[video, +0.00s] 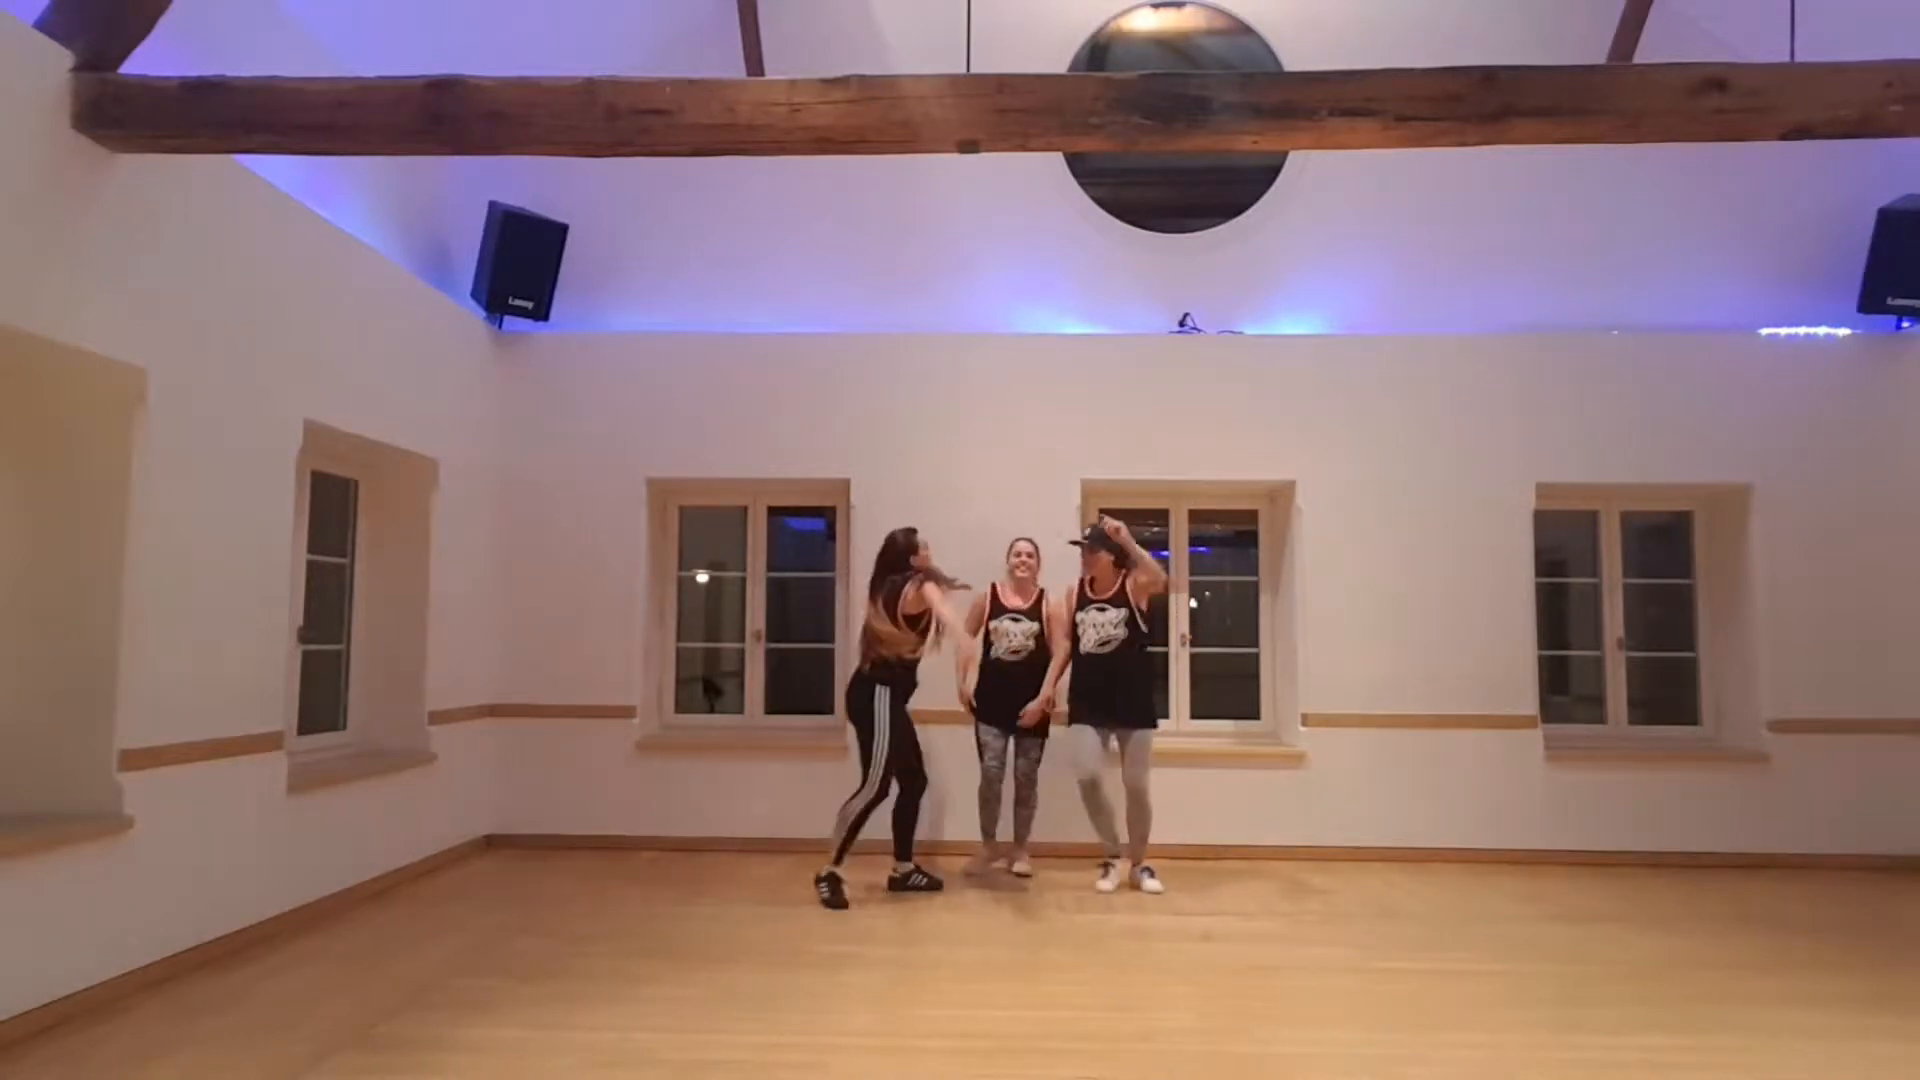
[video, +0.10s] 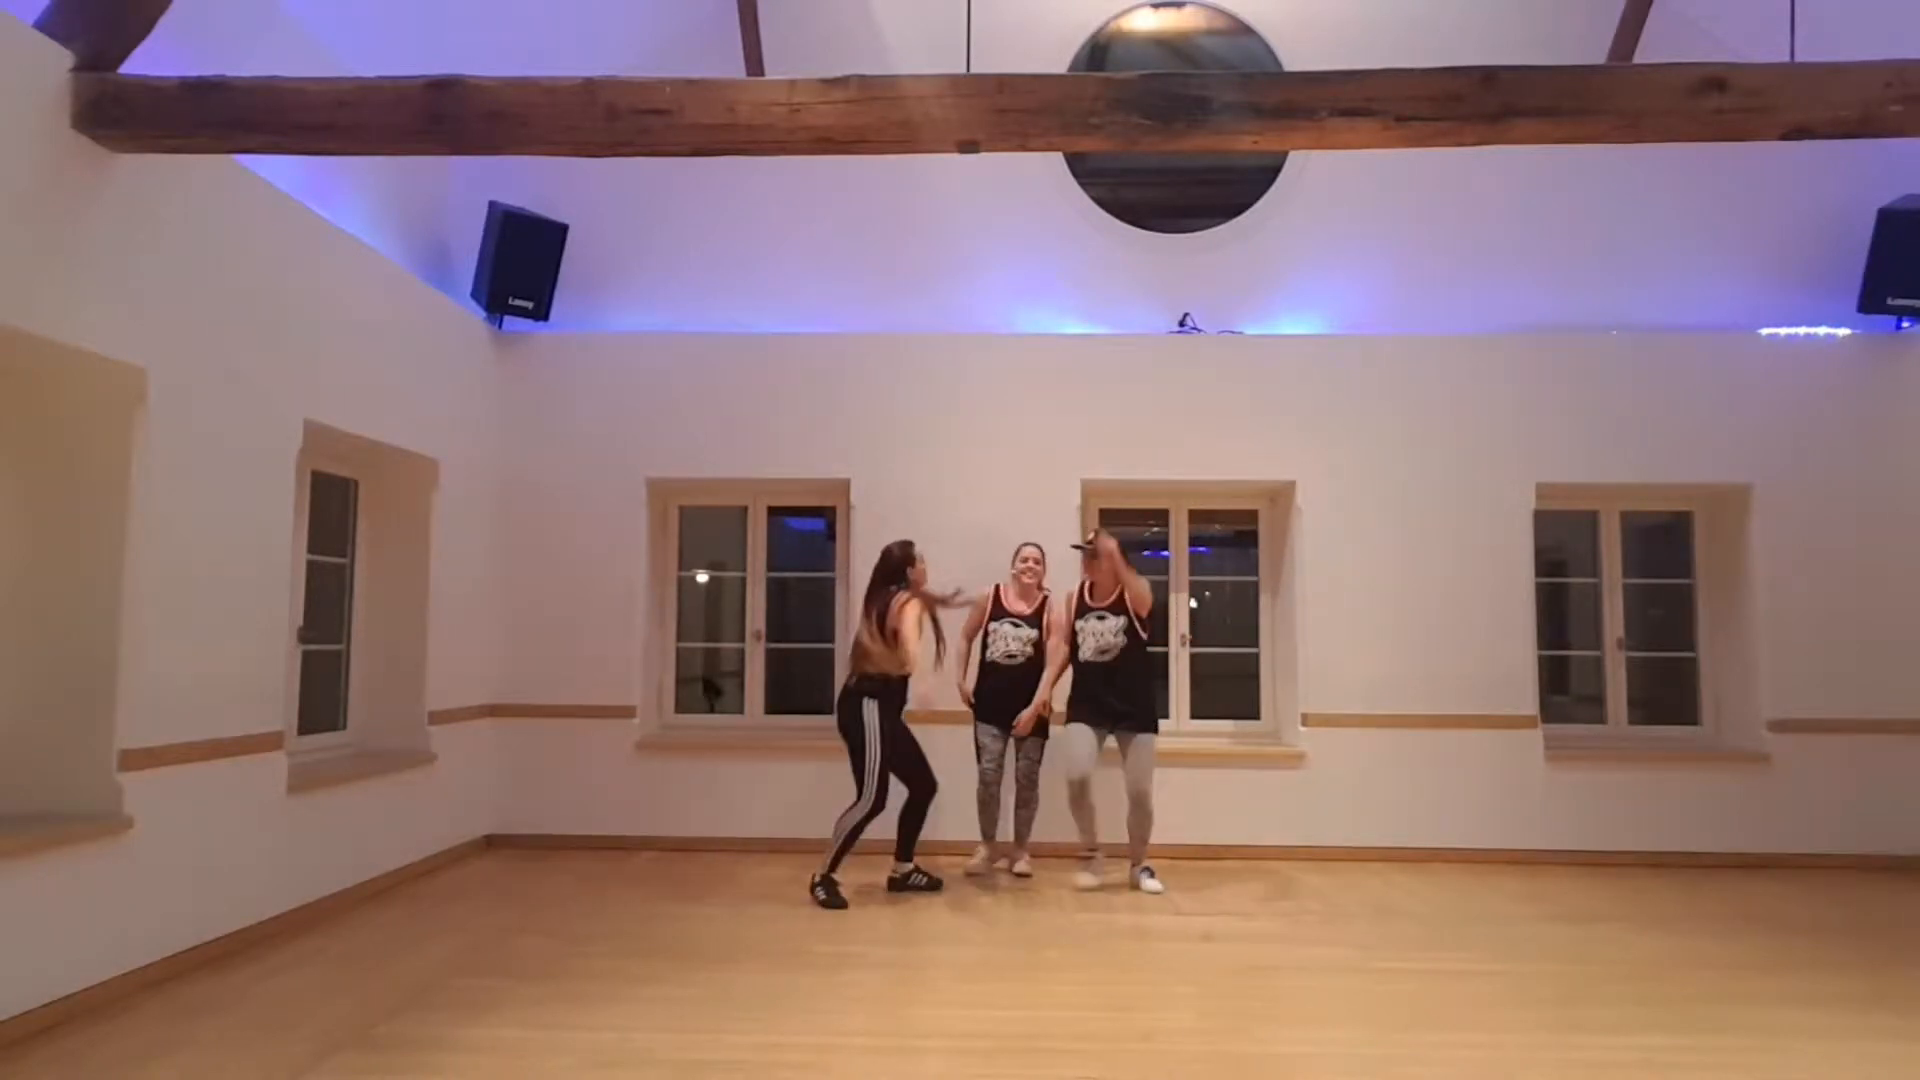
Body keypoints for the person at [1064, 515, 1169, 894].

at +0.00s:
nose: (1085, 557)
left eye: (1092, 552)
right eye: (1084, 551)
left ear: (1111, 555)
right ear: (1084, 554)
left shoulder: (1134, 586)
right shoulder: (1075, 593)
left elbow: (1159, 579)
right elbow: (1065, 647)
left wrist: (1130, 544)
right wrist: (1050, 691)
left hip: (1133, 701)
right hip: (1087, 702)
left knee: (1136, 783)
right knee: (1087, 776)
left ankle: (1140, 864)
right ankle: (1115, 856)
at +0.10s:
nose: (1091, 564)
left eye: (1098, 558)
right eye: (1088, 558)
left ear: (1117, 561)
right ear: (1084, 560)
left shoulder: (1135, 593)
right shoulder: (1077, 595)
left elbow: (1142, 600)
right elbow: (1065, 646)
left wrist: (1116, 559)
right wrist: (1046, 688)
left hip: (1134, 705)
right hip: (1087, 704)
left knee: (1140, 791)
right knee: (1076, 775)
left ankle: (1140, 865)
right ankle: (1092, 858)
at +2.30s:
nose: (1250, 563)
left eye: (1251, 556)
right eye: (1245, 555)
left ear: (1247, 558)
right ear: (1226, 555)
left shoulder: (1250, 584)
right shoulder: (1197, 589)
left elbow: (1264, 627)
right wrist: (1217, 624)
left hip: (1228, 697)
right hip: (1191, 695)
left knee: (1250, 778)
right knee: (1216, 765)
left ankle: (1245, 868)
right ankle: (1195, 855)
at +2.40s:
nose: (1242, 567)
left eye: (1244, 561)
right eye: (1237, 560)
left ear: (1236, 565)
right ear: (1216, 563)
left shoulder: (1236, 595)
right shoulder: (1197, 603)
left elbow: (1268, 608)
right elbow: (1236, 658)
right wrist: (1265, 624)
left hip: (1217, 709)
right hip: (1179, 707)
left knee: (1249, 785)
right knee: (1184, 775)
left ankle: (1245, 872)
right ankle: (1139, 868)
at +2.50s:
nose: (1230, 577)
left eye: (1230, 569)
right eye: (1225, 569)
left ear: (1207, 571)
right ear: (1204, 570)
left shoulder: (1203, 605)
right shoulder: (1195, 607)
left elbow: (1250, 638)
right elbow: (1256, 639)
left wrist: (1293, 615)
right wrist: (1299, 609)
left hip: (1208, 720)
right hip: (1171, 721)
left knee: (1255, 791)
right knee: (1158, 802)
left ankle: (1244, 874)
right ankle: (1100, 879)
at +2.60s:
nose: (1208, 587)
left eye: (1207, 580)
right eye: (1202, 580)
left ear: (1186, 584)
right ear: (1181, 584)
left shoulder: (1185, 613)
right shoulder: (1170, 615)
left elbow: (1240, 614)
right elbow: (1239, 614)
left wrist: (1299, 614)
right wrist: (1302, 614)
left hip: (1196, 722)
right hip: (1160, 728)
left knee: (1248, 797)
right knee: (1152, 820)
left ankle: (1244, 876)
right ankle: (1091, 884)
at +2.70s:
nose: (1183, 590)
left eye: (1184, 583)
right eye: (1177, 583)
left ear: (1180, 585)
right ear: (1157, 583)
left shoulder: (1174, 610)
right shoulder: (1141, 610)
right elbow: (1215, 619)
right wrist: (1265, 620)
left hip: (1183, 721)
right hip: (1145, 729)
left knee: (1229, 799)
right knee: (1146, 820)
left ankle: (1243, 875)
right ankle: (1092, 885)